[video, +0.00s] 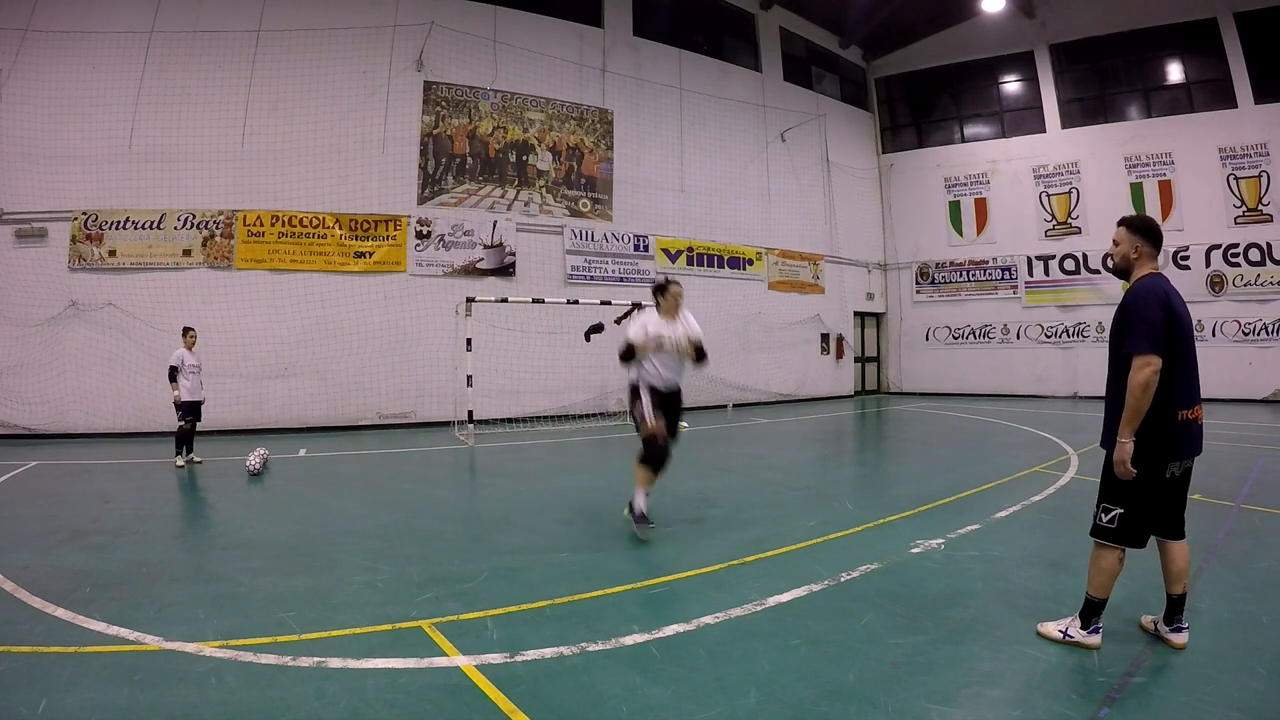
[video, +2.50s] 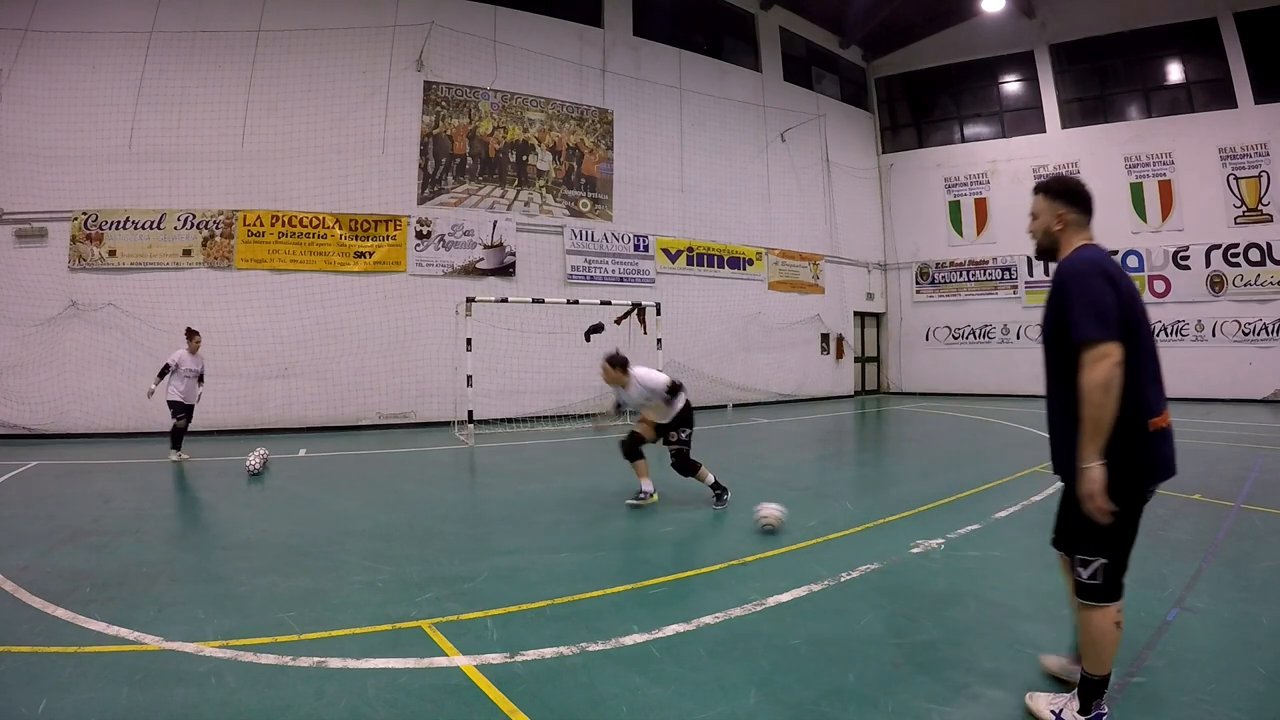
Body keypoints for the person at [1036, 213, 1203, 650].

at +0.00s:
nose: (1108, 249)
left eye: (1115, 242)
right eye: (1112, 242)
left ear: (1137, 249)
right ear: (1145, 251)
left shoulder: (1142, 296)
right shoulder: (1164, 292)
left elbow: (1147, 369)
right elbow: (1168, 369)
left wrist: (1125, 436)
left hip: (1141, 441)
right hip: (1175, 439)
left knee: (1110, 536)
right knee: (1170, 530)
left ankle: (1087, 624)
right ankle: (1174, 623)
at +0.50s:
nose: (1076, 278)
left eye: (1077, 269)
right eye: (1075, 270)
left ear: (1096, 263)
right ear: (1110, 262)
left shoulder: (1112, 301)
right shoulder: (1144, 296)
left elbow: (1117, 368)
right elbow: (1157, 369)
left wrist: (1101, 435)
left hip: (1133, 437)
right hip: (1171, 435)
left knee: (1093, 528)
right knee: (1158, 526)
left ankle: (1087, 623)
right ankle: (1173, 619)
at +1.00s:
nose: (1042, 330)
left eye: (1043, 322)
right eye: (1040, 324)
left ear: (1057, 316)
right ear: (1076, 312)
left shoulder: (1070, 344)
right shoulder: (1105, 341)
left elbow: (1022, 378)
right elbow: (1122, 401)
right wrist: (1091, 450)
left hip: (1111, 456)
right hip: (1155, 452)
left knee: (1040, 514)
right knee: (1133, 537)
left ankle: (1066, 599)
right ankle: (1184, 620)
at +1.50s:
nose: (924, 330)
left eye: (924, 324)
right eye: (923, 325)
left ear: (933, 320)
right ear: (961, 318)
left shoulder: (926, 348)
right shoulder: (998, 351)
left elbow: (869, 390)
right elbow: (1029, 398)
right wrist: (1010, 452)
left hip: (928, 458)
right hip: (982, 472)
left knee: (884, 508)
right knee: (922, 495)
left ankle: (879, 591)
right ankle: (861, 501)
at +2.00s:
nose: (957, 268)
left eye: (959, 261)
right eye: (958, 260)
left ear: (972, 261)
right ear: (1003, 261)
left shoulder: (970, 309)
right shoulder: (1036, 307)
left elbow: (954, 380)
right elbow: (1065, 380)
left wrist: (919, 441)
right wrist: (1056, 437)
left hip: (993, 452)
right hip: (1041, 451)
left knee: (947, 542)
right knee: (983, 544)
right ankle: (976, 631)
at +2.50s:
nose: (1029, 227)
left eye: (1035, 217)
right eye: (1030, 217)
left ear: (1060, 218)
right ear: (1070, 219)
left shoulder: (1084, 271)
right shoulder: (1084, 267)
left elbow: (1104, 364)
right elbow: (1103, 364)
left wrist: (1090, 459)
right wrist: (1085, 454)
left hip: (1118, 455)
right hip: (1109, 450)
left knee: (1098, 579)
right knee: (1072, 550)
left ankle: (1091, 704)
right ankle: (1085, 658)